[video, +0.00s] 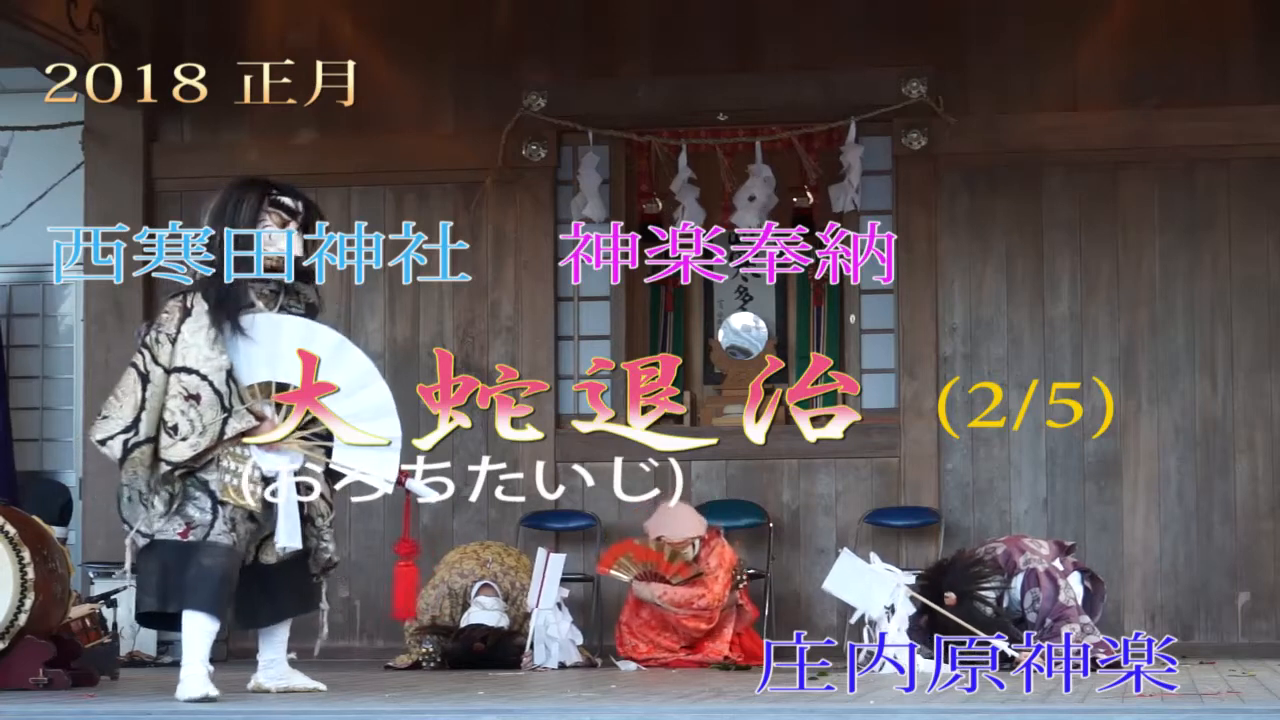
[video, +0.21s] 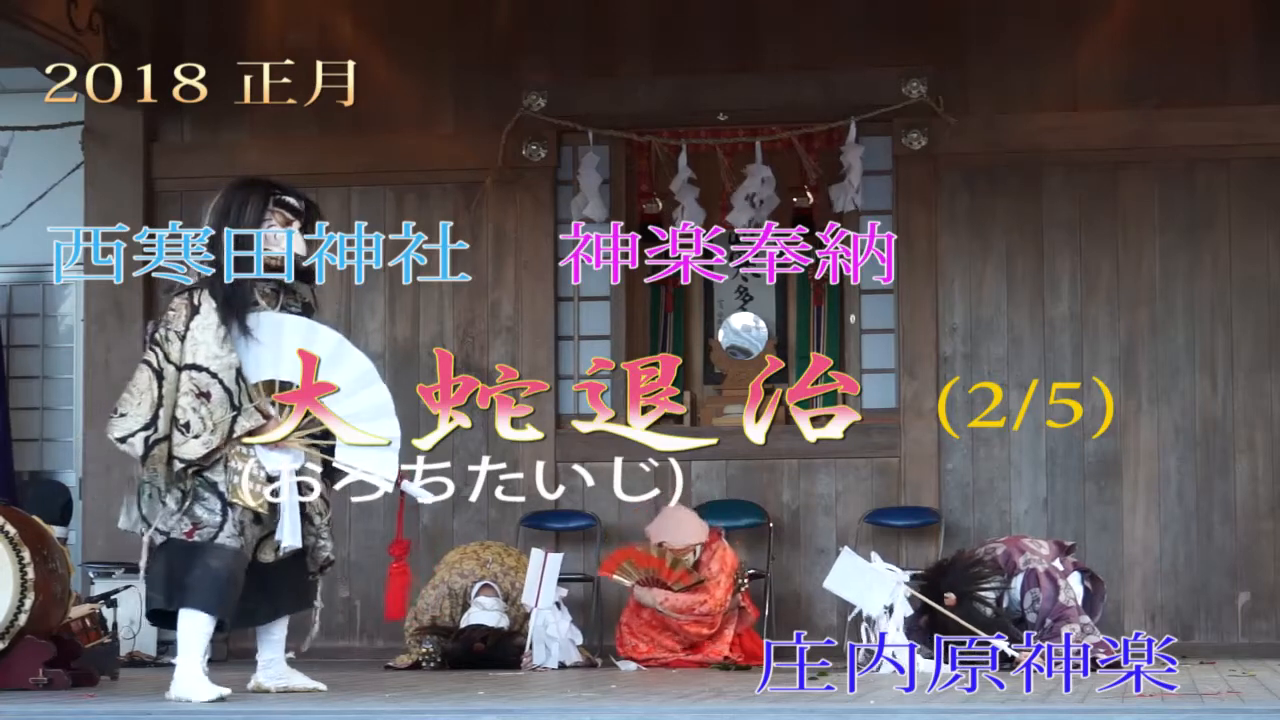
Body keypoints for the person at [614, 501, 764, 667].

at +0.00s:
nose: (675, 554)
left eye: (678, 548)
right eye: (670, 548)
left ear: (692, 539)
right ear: (663, 542)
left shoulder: (717, 549)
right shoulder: (663, 552)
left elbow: (711, 598)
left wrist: (654, 593)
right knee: (640, 598)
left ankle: (711, 650)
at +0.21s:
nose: (674, 559)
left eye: (678, 552)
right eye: (669, 553)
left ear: (694, 546)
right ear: (663, 546)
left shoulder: (720, 554)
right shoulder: (662, 556)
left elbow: (711, 604)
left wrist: (655, 598)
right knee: (636, 610)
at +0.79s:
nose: (676, 576)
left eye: (682, 569)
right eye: (670, 568)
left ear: (695, 561)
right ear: (658, 558)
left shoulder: (719, 558)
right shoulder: (647, 558)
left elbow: (717, 619)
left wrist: (660, 616)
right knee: (631, 622)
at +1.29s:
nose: (676, 582)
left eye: (682, 576)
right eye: (670, 576)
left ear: (695, 567)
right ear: (658, 564)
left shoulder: (720, 563)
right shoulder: (647, 560)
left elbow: (720, 625)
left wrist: (665, 623)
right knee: (631, 640)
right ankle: (711, 652)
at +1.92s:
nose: (681, 585)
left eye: (686, 579)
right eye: (673, 580)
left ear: (697, 568)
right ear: (658, 570)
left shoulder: (718, 565)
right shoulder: (645, 565)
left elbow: (720, 627)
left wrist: (666, 630)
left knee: (720, 647)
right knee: (630, 642)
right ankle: (710, 655)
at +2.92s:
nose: (679, 591)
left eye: (685, 586)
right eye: (672, 586)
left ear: (696, 575)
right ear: (658, 575)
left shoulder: (718, 566)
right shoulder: (644, 569)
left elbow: (721, 635)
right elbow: (629, 644)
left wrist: (671, 636)